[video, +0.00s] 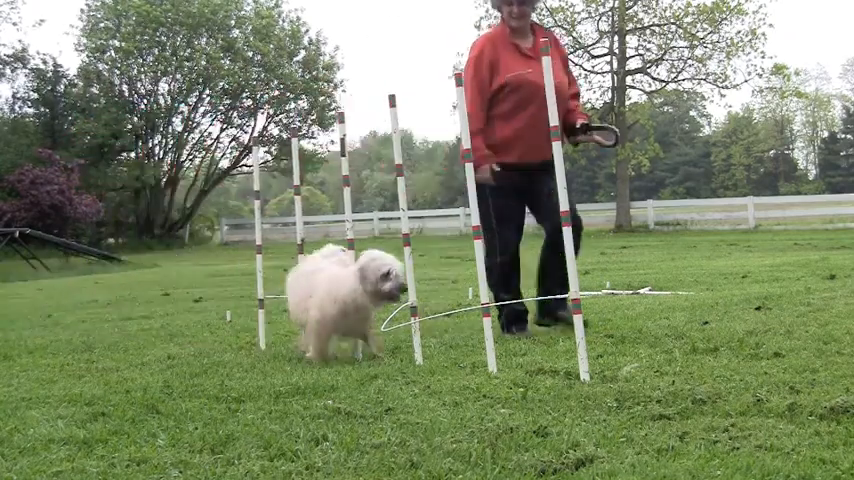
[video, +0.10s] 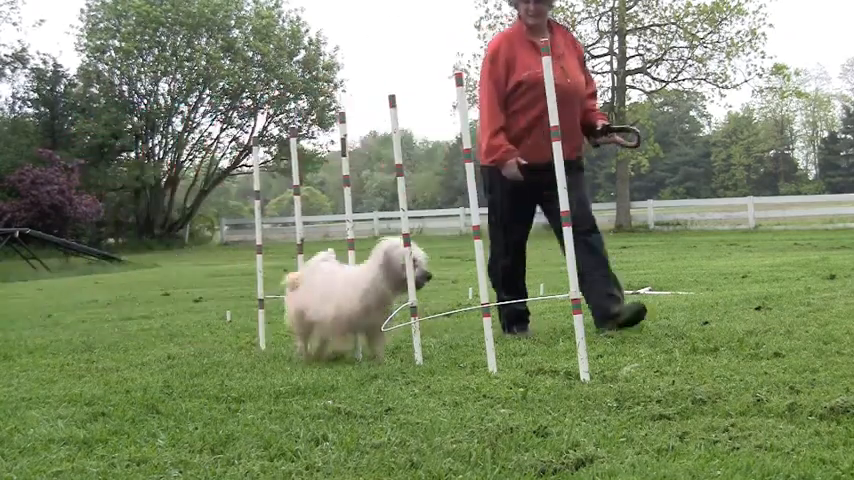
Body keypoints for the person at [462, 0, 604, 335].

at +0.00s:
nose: (517, 6)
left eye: (523, 0)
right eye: (509, 1)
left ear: (534, 4)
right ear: (498, 6)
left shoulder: (550, 43)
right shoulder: (485, 49)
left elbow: (569, 92)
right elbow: (473, 108)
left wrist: (577, 122)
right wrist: (479, 156)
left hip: (545, 164)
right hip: (501, 168)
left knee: (566, 225)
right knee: (504, 246)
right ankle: (512, 320)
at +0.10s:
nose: (532, 6)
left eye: (539, 0)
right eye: (525, 1)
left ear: (550, 3)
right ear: (515, 4)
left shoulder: (568, 42)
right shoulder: (501, 47)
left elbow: (585, 91)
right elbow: (489, 106)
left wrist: (596, 124)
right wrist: (501, 153)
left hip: (564, 160)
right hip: (513, 163)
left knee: (584, 233)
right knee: (508, 247)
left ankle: (609, 311)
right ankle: (514, 323)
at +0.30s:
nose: (569, 2)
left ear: (589, 1)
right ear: (552, 2)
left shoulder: (610, 39)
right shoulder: (539, 43)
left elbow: (627, 93)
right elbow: (525, 104)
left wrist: (637, 124)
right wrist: (529, 156)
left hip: (607, 164)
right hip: (554, 165)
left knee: (619, 244)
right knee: (543, 247)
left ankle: (624, 322)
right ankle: (525, 319)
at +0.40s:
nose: (583, 0)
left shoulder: (626, 29)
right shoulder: (552, 35)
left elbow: (649, 79)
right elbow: (535, 99)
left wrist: (656, 114)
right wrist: (537, 152)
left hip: (622, 158)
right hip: (570, 159)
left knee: (632, 241)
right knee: (581, 237)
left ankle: (626, 320)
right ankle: (554, 294)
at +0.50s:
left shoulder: (643, 20)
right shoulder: (565, 25)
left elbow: (666, 72)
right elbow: (544, 90)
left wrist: (674, 105)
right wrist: (542, 146)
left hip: (634, 149)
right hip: (584, 149)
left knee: (634, 234)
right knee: (602, 225)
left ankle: (630, 316)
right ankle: (594, 305)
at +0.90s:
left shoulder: (685, 10)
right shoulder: (599, 17)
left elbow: (712, 67)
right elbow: (580, 87)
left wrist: (709, 103)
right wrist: (577, 143)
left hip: (675, 148)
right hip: (616, 152)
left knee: (688, 222)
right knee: (630, 237)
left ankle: (685, 312)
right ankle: (644, 325)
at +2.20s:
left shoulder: (693, 4)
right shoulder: (601, 6)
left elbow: (727, 48)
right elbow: (587, 74)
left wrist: (718, 83)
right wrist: (583, 134)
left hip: (688, 136)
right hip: (621, 143)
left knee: (685, 238)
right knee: (627, 244)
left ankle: (714, 322)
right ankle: (641, 332)